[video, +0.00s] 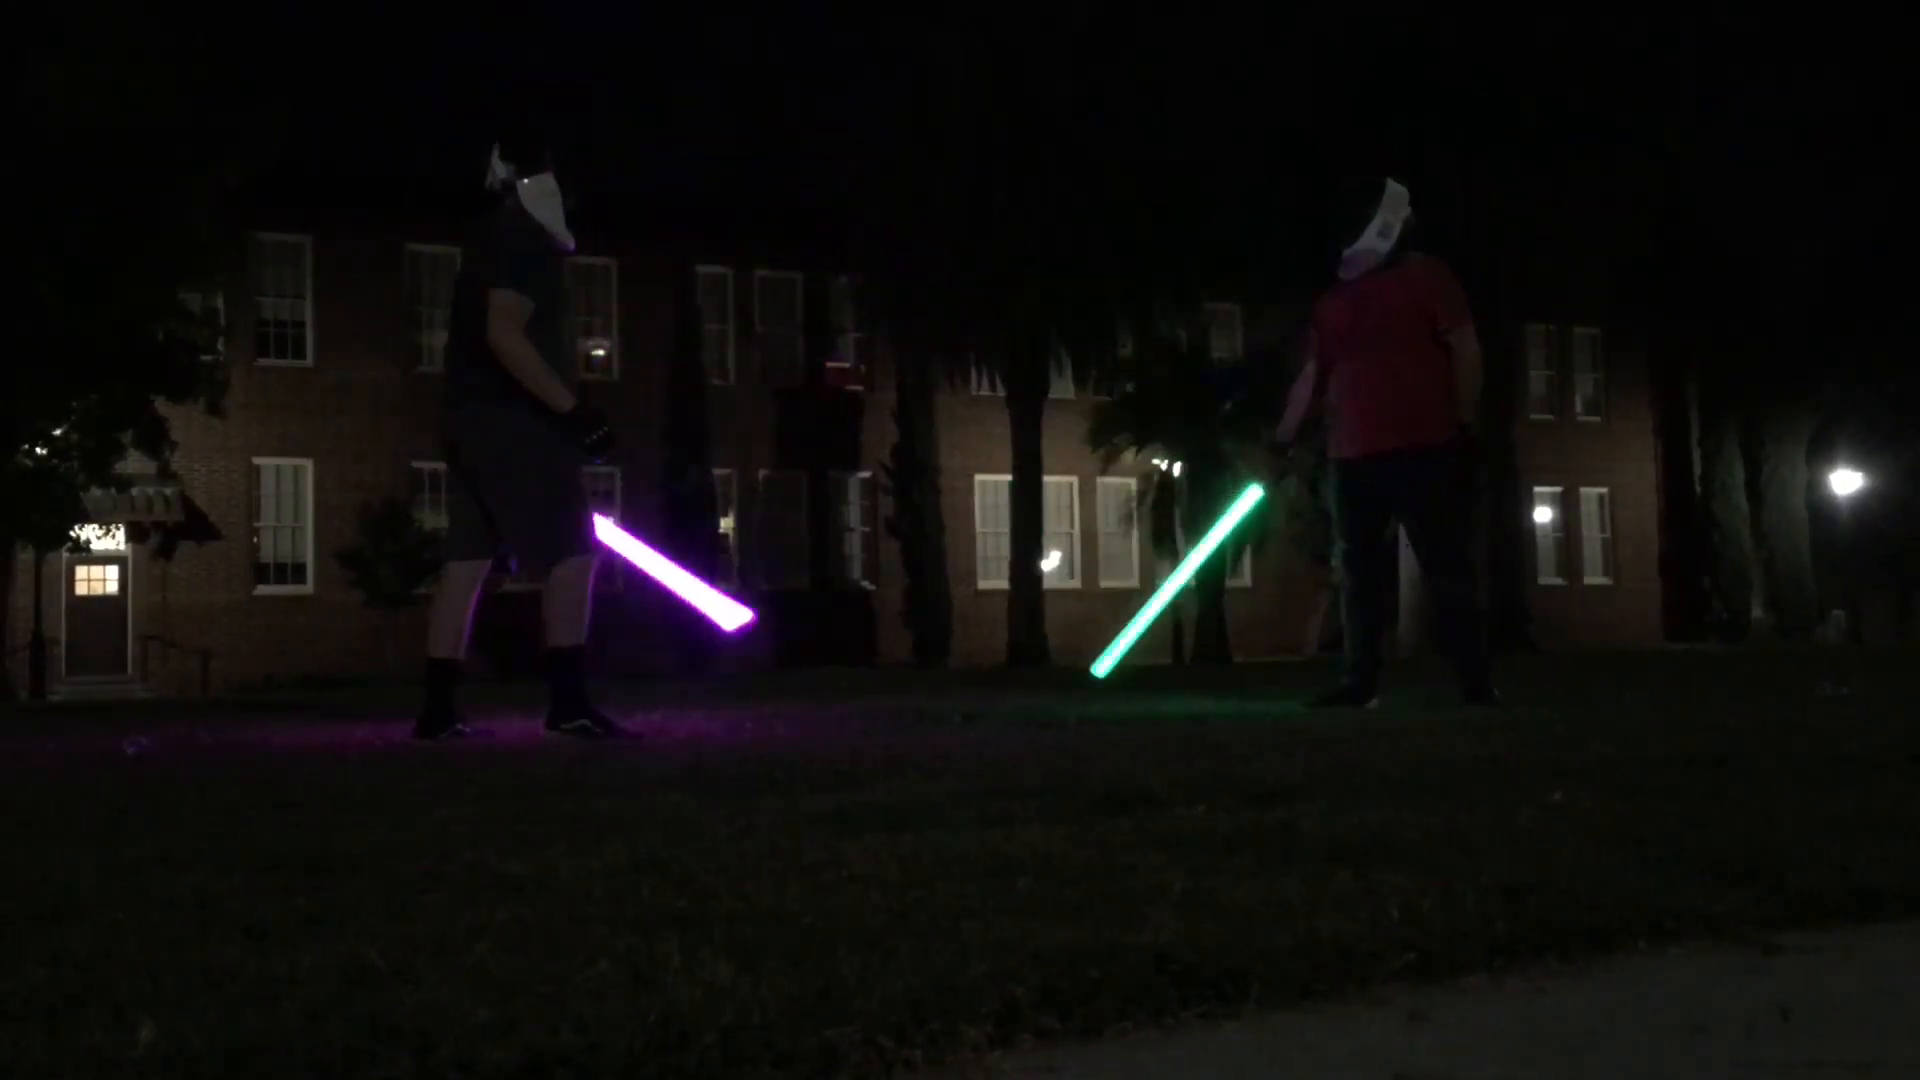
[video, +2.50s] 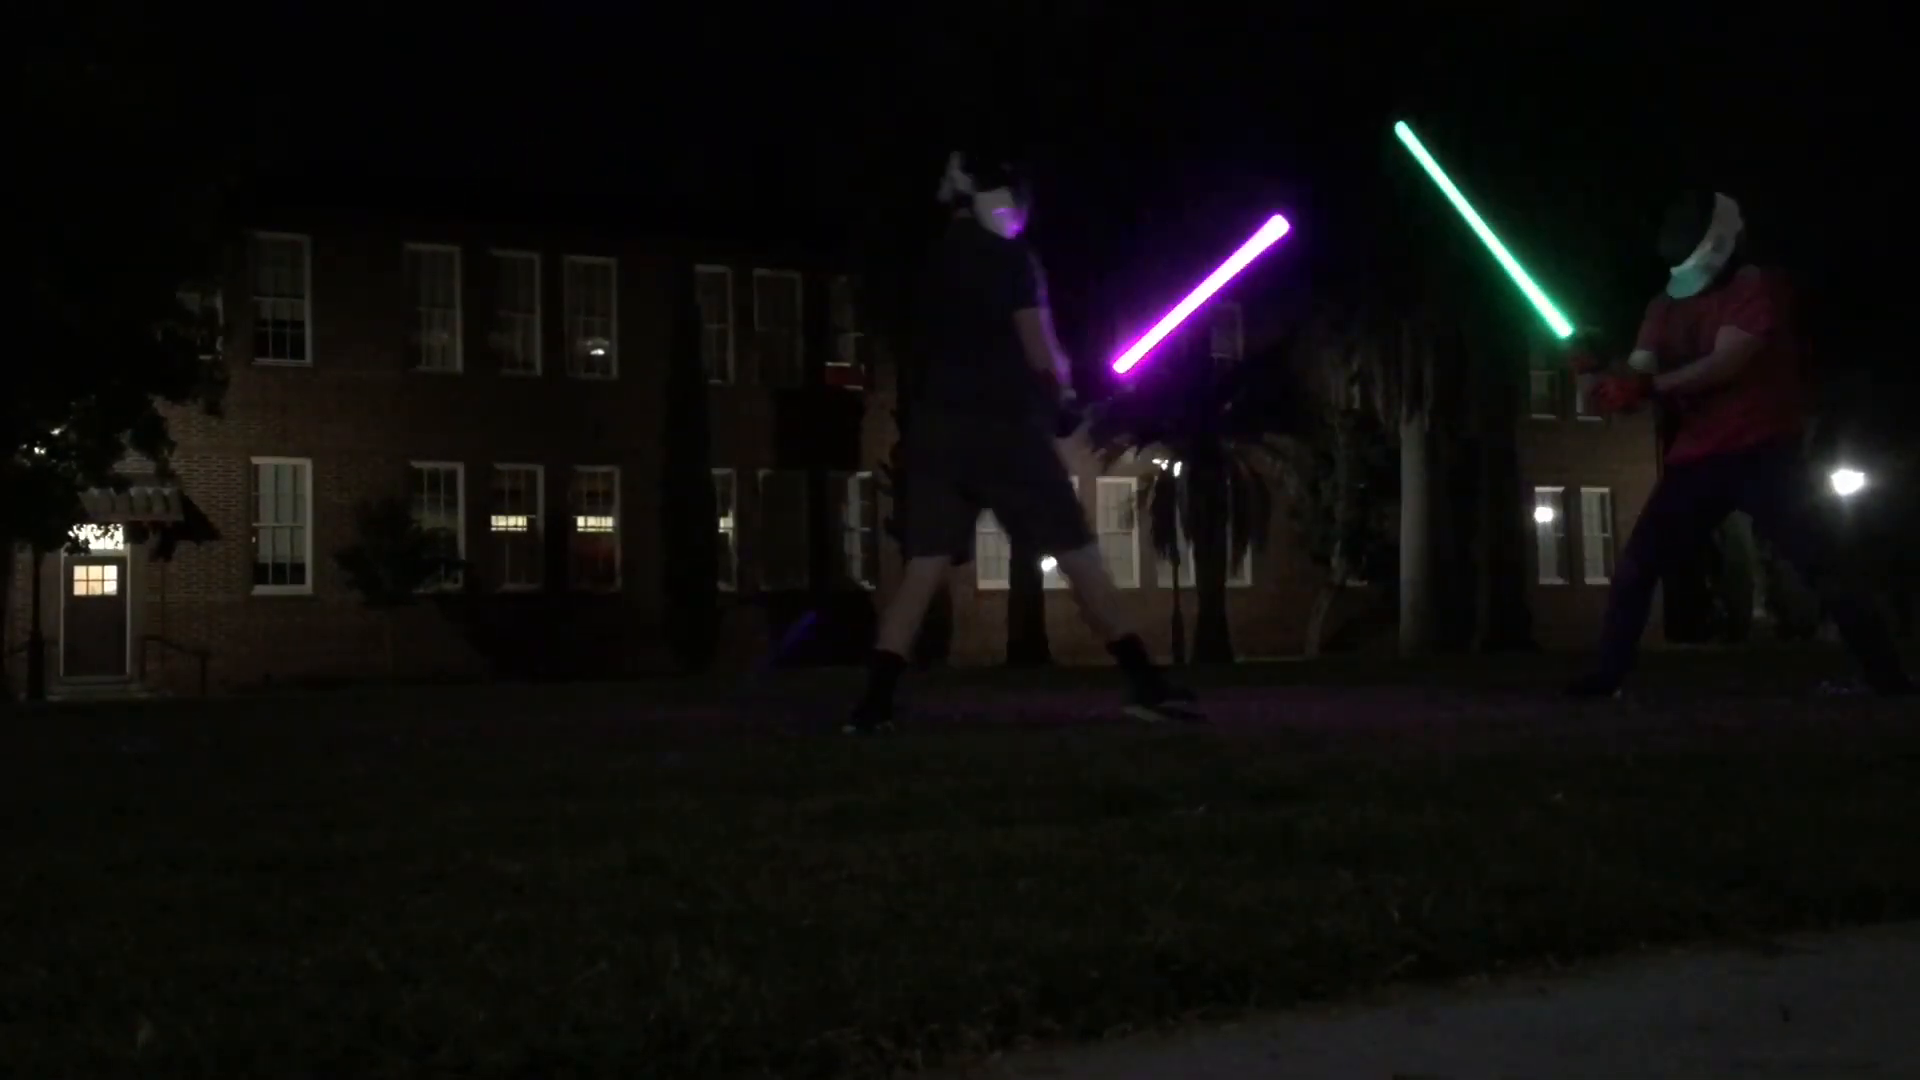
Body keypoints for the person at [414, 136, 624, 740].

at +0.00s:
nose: (567, 200)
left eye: (563, 187)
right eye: (559, 187)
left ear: (510, 188)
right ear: (537, 187)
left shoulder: (489, 243)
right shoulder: (524, 244)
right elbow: (506, 334)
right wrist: (571, 408)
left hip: (477, 432)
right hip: (523, 431)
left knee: (467, 560)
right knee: (573, 552)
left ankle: (437, 708)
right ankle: (569, 702)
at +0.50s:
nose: (640, 207)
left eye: (638, 194)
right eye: (632, 194)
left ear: (598, 196)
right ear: (607, 194)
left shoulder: (577, 244)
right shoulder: (606, 248)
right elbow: (641, 341)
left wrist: (667, 400)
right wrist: (675, 405)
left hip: (582, 419)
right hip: (597, 422)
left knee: (613, 552)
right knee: (603, 554)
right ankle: (576, 701)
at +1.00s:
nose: (795, 272)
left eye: (791, 262)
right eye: (789, 262)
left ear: (746, 261)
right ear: (778, 263)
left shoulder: (733, 305)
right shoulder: (770, 301)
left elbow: (775, 422)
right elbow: (837, 354)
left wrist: (849, 434)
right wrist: (875, 385)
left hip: (769, 468)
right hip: (746, 468)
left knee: (847, 553)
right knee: (702, 597)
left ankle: (869, 689)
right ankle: (591, 702)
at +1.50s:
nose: (1060, 290)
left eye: (1055, 282)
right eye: (1054, 282)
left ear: (1017, 284)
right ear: (1040, 285)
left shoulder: (1029, 329)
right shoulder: (1038, 336)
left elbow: (1104, 321)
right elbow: (1139, 363)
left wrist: (1163, 299)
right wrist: (1173, 322)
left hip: (1065, 484)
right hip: (1039, 490)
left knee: (1151, 570)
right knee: (1094, 603)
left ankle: (1162, 688)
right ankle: (970, 679)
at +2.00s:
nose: (1135, 217)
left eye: (1129, 207)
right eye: (1128, 208)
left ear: (1082, 222)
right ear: (1118, 215)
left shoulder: (1064, 281)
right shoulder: (1146, 271)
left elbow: (1056, 372)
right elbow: (1203, 348)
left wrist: (1063, 437)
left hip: (1084, 444)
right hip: (1144, 436)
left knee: (1143, 560)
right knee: (1208, 553)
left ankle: (1162, 683)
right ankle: (1170, 687)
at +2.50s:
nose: (1021, 217)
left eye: (1020, 204)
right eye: (1012, 205)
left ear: (962, 206)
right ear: (987, 205)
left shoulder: (928, 261)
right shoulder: (1011, 260)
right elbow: (1041, 353)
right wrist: (1065, 391)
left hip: (937, 440)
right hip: (1009, 440)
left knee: (923, 569)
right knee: (1083, 564)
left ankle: (874, 699)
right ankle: (1145, 684)